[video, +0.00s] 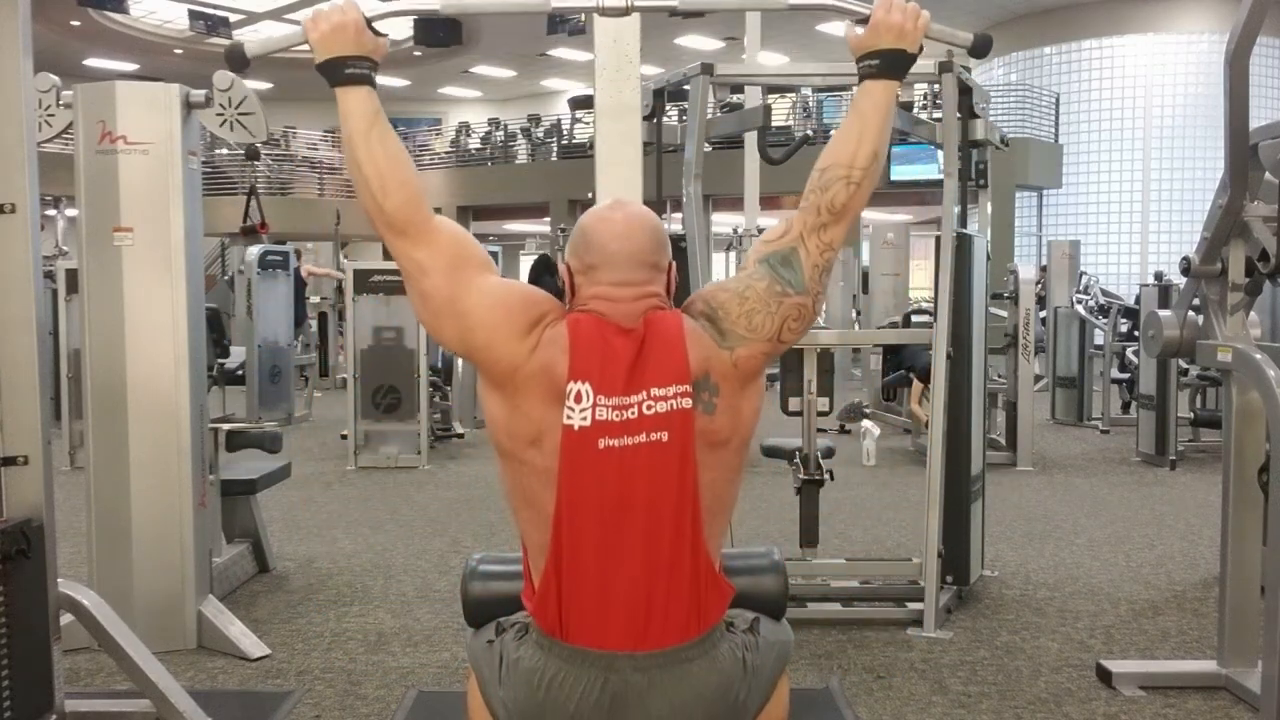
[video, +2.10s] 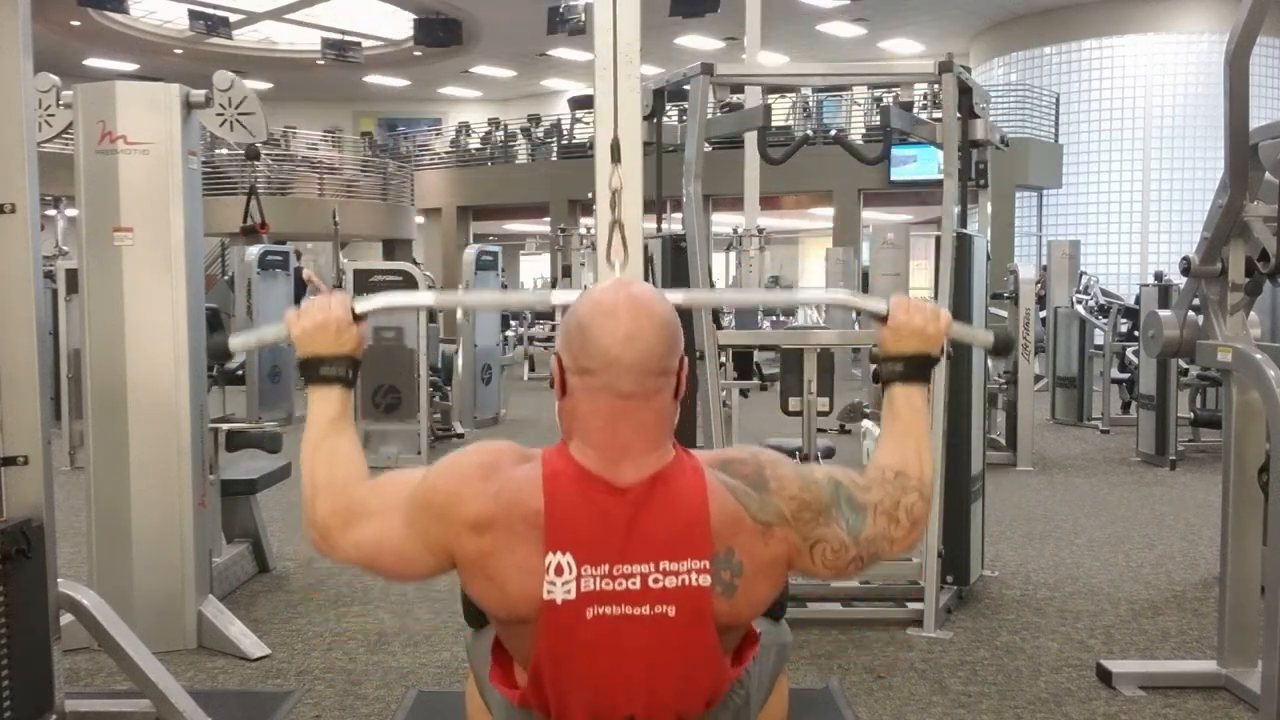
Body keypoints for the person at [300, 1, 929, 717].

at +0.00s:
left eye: (570, 264)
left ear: (568, 280)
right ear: (671, 281)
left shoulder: (515, 339)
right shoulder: (728, 343)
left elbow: (405, 222)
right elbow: (827, 214)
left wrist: (348, 70)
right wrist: (885, 67)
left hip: (556, 682)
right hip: (697, 681)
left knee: (488, 667)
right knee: (769, 646)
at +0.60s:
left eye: (573, 279)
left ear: (572, 300)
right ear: (681, 297)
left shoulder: (508, 370)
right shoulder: (747, 368)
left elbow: (366, 289)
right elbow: (875, 293)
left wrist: (337, 142)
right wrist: (905, 139)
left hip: (556, 693)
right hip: (701, 690)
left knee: (489, 659)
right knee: (768, 648)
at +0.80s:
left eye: (568, 319)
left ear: (568, 342)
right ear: (683, 340)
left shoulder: (500, 430)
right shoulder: (756, 429)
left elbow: (344, 383)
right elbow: (902, 388)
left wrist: (326, 237)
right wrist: (917, 237)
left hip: (549, 693)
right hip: (703, 691)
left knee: (491, 630)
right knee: (769, 645)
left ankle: (484, 708)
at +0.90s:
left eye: (568, 338)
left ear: (566, 362)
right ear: (686, 366)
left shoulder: (494, 462)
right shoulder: (759, 464)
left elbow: (333, 436)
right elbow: (910, 434)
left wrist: (323, 288)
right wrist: (919, 296)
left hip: (543, 695)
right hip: (704, 695)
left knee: (489, 599)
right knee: (768, 639)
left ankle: (481, 707)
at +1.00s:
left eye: (567, 360)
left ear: (565, 379)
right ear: (688, 381)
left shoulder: (492, 490)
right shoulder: (758, 489)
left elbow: (330, 494)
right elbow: (906, 496)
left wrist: (322, 348)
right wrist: (915, 350)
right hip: (711, 694)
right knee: (769, 625)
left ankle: (486, 703)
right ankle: (777, 707)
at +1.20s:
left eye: (561, 377)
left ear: (564, 398)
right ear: (688, 400)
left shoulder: (486, 522)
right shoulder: (761, 523)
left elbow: (340, 592)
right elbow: (887, 588)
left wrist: (320, 441)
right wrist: (906, 442)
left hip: (533, 706)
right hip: (700, 706)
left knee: (488, 654)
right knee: (769, 624)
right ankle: (778, 703)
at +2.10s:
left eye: (563, 356)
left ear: (559, 378)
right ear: (680, 380)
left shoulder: (485, 494)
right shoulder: (756, 496)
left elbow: (336, 521)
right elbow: (896, 519)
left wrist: (325, 371)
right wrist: (909, 370)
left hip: (536, 703)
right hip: (711, 702)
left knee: (484, 611)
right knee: (768, 634)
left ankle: (478, 696)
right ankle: (782, 700)